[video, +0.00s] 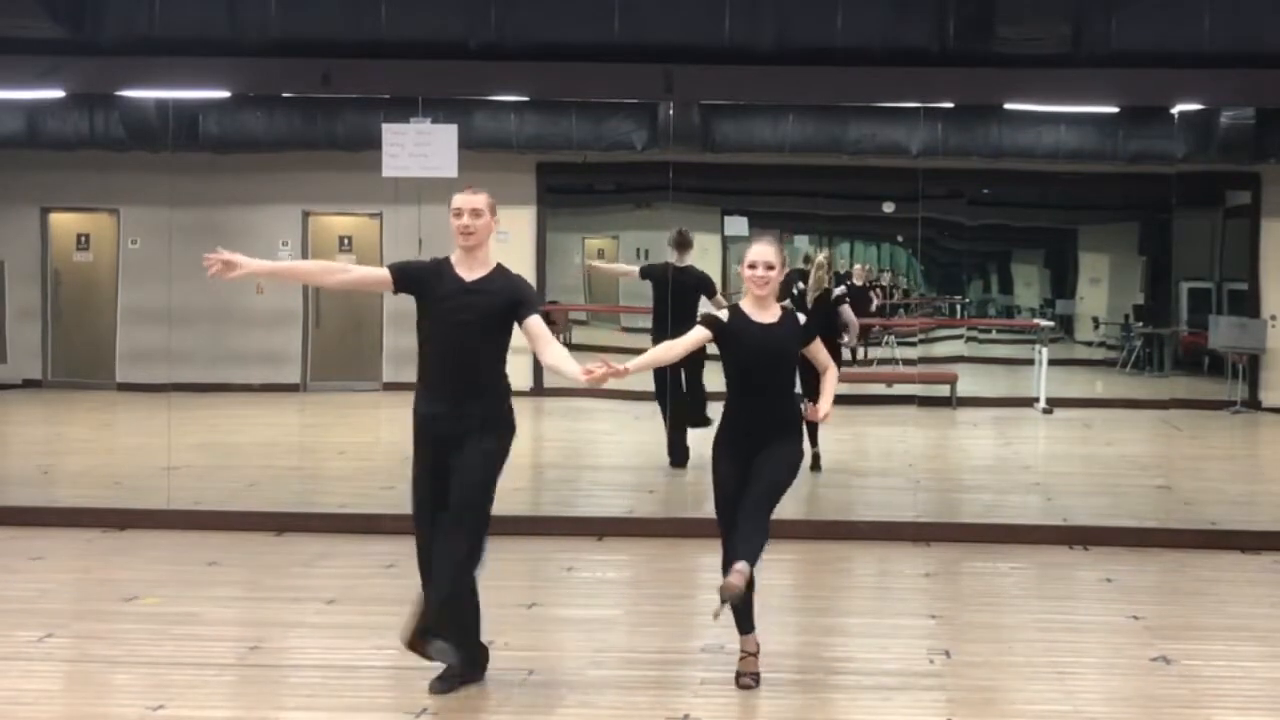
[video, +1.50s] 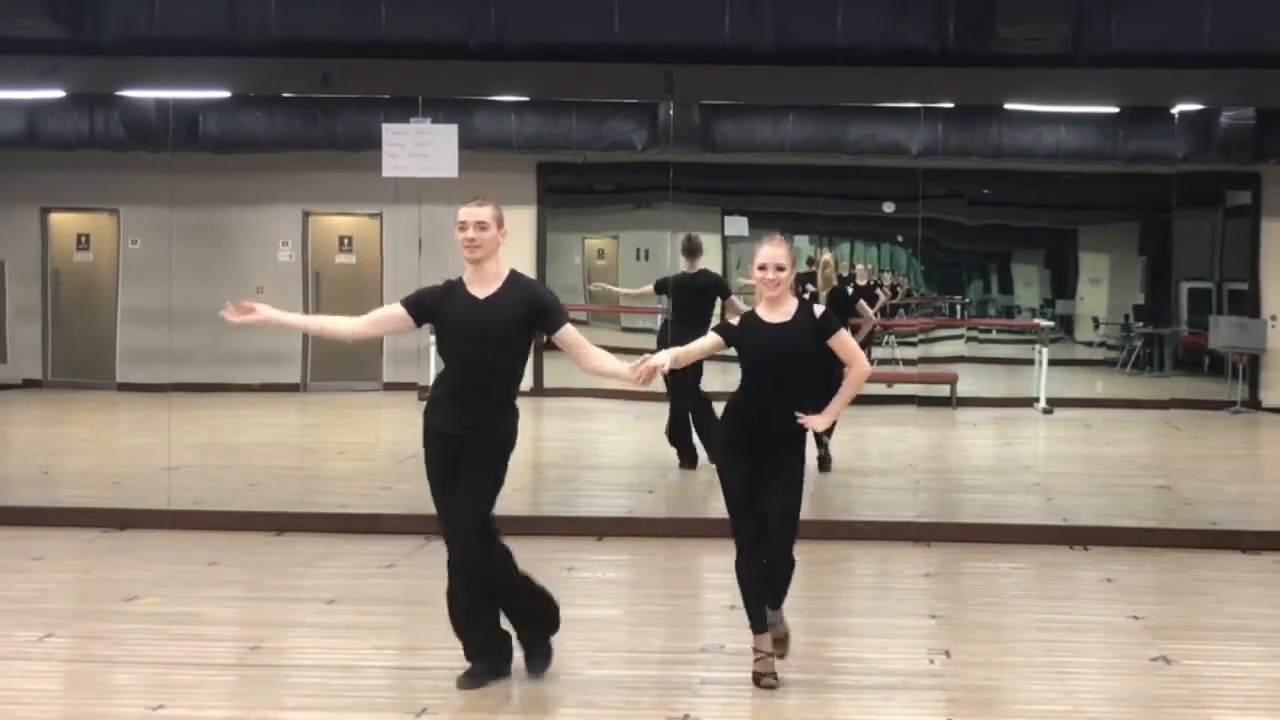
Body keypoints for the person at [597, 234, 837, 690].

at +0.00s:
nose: (759, 273)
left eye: (768, 266)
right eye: (753, 265)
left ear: (782, 273)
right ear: (741, 270)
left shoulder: (796, 323)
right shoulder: (724, 318)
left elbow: (828, 368)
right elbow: (675, 347)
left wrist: (824, 403)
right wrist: (627, 367)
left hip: (783, 436)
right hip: (734, 436)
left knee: (759, 500)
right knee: (734, 535)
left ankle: (740, 570)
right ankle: (748, 646)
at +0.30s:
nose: (756, 268)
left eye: (766, 261)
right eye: (749, 260)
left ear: (781, 267)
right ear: (740, 266)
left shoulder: (795, 317)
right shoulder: (732, 315)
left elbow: (818, 360)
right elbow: (683, 334)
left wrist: (818, 393)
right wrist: (632, 345)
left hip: (783, 436)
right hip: (736, 434)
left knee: (768, 527)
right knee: (742, 538)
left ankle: (711, 561)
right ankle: (749, 643)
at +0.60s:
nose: (762, 270)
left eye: (770, 263)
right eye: (755, 262)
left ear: (785, 267)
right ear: (744, 267)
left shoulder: (801, 314)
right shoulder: (735, 315)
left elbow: (825, 358)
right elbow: (686, 336)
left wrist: (823, 393)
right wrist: (639, 347)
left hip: (787, 434)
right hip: (739, 432)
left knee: (766, 525)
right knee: (741, 535)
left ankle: (697, 580)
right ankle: (754, 642)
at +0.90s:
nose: (769, 273)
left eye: (778, 265)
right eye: (762, 265)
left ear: (792, 270)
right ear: (751, 267)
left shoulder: (809, 318)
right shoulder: (733, 316)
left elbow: (848, 365)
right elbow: (680, 340)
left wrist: (822, 402)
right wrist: (633, 354)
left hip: (786, 436)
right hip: (737, 437)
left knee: (773, 524)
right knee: (746, 538)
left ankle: (796, 619)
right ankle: (754, 642)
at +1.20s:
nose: (769, 271)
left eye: (778, 263)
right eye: (762, 263)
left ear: (791, 268)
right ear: (750, 267)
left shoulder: (809, 317)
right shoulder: (731, 314)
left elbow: (859, 358)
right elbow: (674, 345)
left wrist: (824, 406)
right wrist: (659, 362)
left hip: (792, 439)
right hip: (744, 438)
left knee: (767, 534)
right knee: (758, 535)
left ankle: (749, 613)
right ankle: (757, 641)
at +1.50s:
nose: (771, 275)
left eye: (779, 268)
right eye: (763, 268)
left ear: (793, 272)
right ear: (752, 272)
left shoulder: (816, 318)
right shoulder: (741, 323)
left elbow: (860, 367)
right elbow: (688, 351)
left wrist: (828, 416)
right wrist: (660, 360)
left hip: (788, 441)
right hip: (740, 439)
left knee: (780, 543)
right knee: (748, 543)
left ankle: (774, 612)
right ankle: (760, 643)